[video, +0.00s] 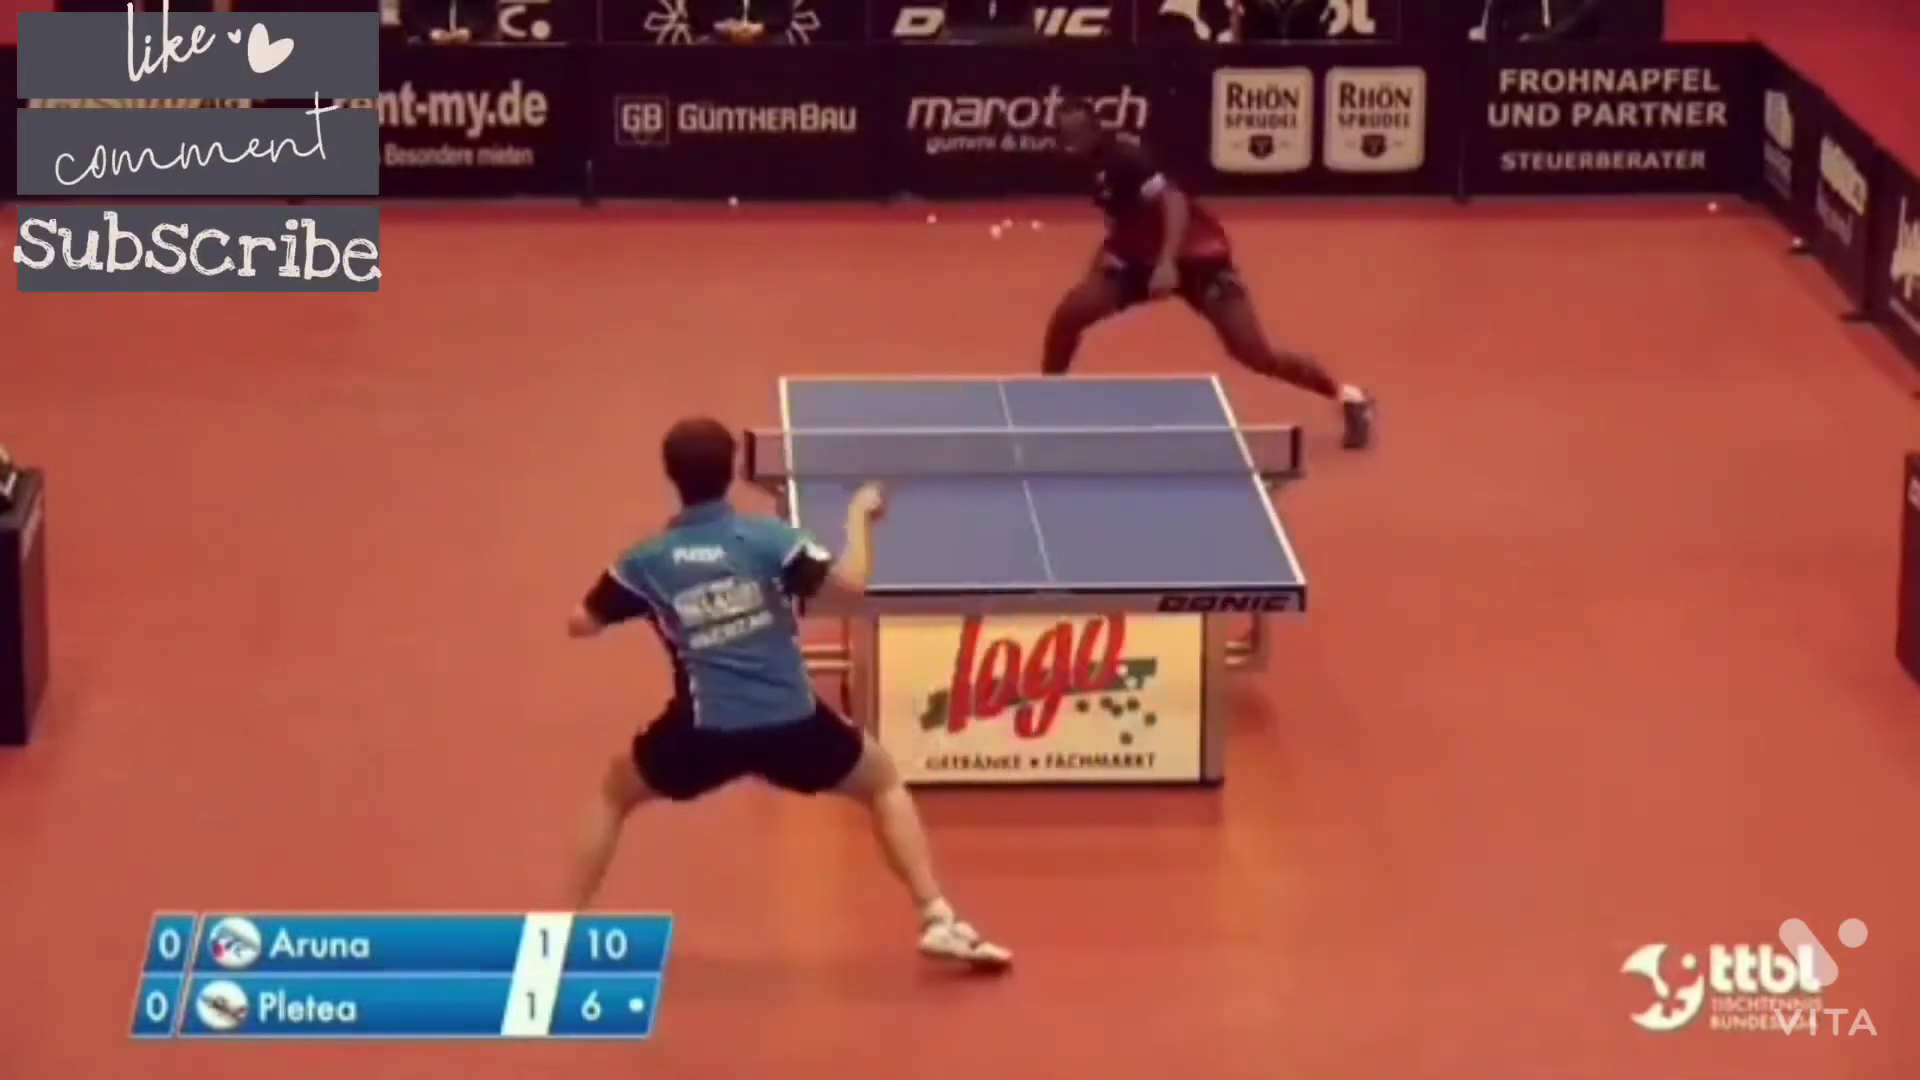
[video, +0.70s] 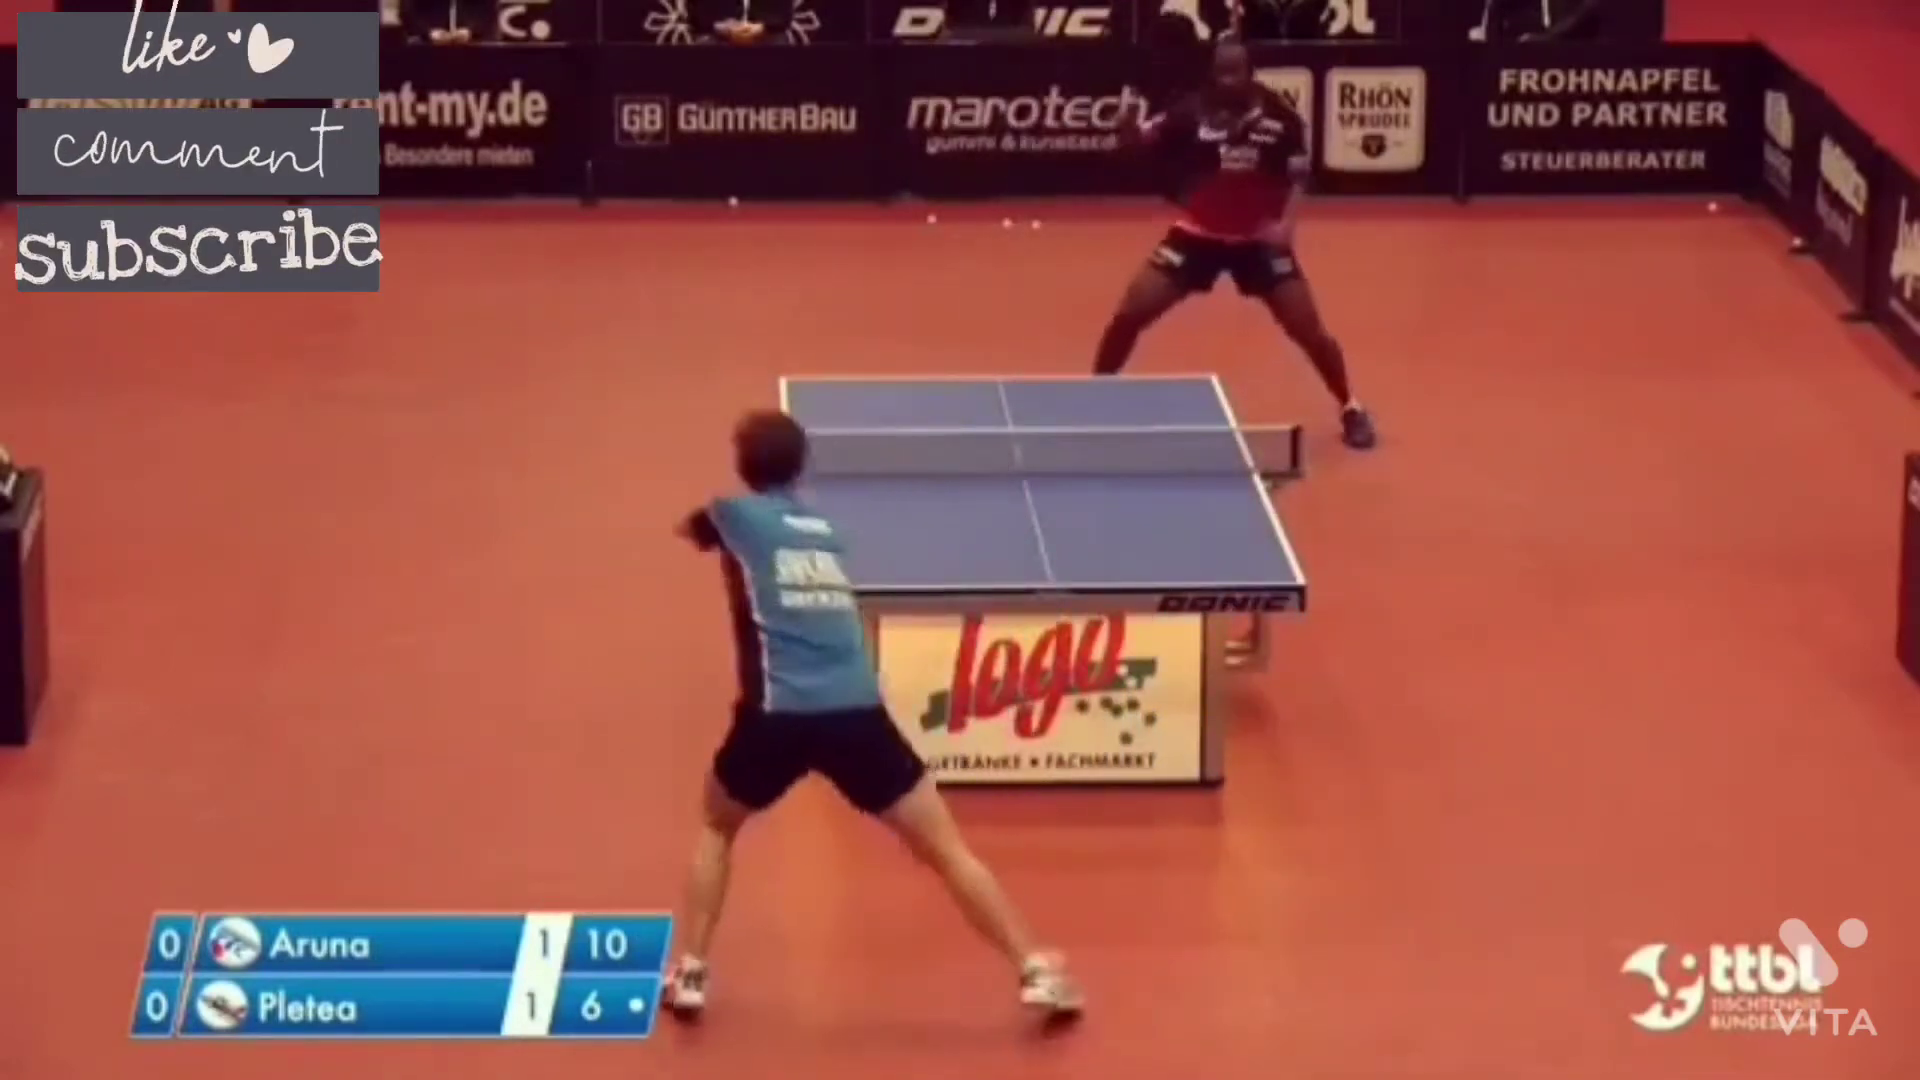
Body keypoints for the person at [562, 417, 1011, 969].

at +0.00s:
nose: (723, 465)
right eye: (726, 458)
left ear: (671, 476)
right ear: (732, 470)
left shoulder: (649, 559)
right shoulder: (768, 536)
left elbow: (583, 622)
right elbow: (851, 587)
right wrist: (860, 517)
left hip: (703, 733)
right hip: (791, 727)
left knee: (615, 793)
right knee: (883, 786)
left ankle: (565, 928)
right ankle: (939, 919)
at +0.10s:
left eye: (747, 439)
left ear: (742, 452)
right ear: (804, 455)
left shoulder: (716, 522)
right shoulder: (828, 523)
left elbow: (651, 584)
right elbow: (904, 588)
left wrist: (693, 560)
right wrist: (901, 553)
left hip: (741, 714)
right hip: (831, 711)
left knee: (654, 822)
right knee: (946, 774)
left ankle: (571, 920)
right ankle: (1005, 911)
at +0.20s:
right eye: (854, 442)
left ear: (800, 451)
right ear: (862, 455)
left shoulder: (772, 511)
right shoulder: (882, 528)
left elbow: (703, 571)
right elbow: (940, 615)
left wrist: (732, 579)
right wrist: (943, 585)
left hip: (780, 712)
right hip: (863, 713)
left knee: (690, 802)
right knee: (973, 803)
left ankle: (625, 928)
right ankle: (1052, 936)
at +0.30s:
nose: (941, 494)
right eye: (941, 487)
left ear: (878, 495)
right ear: (938, 499)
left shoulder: (845, 554)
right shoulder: (954, 580)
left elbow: (775, 597)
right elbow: (990, 653)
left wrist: (789, 607)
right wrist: (950, 619)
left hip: (831, 751)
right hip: (916, 760)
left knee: (748, 813)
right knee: (1014, 853)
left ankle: (706, 950)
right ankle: (1080, 990)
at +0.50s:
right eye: (937, 521)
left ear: (885, 528)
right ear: (942, 535)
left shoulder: (842, 583)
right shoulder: (962, 610)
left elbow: (788, 620)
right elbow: (989, 696)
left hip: (836, 780)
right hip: (926, 787)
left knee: (749, 826)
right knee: (1030, 850)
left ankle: (692, 957)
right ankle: (1085, 992)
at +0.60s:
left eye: (844, 495)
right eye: (879, 499)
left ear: (832, 509)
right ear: (888, 514)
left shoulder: (803, 566)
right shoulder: (920, 588)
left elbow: (746, 599)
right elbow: (915, 655)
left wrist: (788, 562)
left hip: (814, 762)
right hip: (900, 766)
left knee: (731, 826)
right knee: (999, 860)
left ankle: (692, 969)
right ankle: (1083, 985)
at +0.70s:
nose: (733, 461)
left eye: (738, 453)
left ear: (744, 464)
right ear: (798, 466)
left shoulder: (736, 514)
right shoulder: (824, 527)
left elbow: (690, 532)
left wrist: (739, 514)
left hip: (777, 719)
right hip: (857, 716)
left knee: (718, 828)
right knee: (945, 848)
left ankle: (690, 970)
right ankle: (1034, 967)